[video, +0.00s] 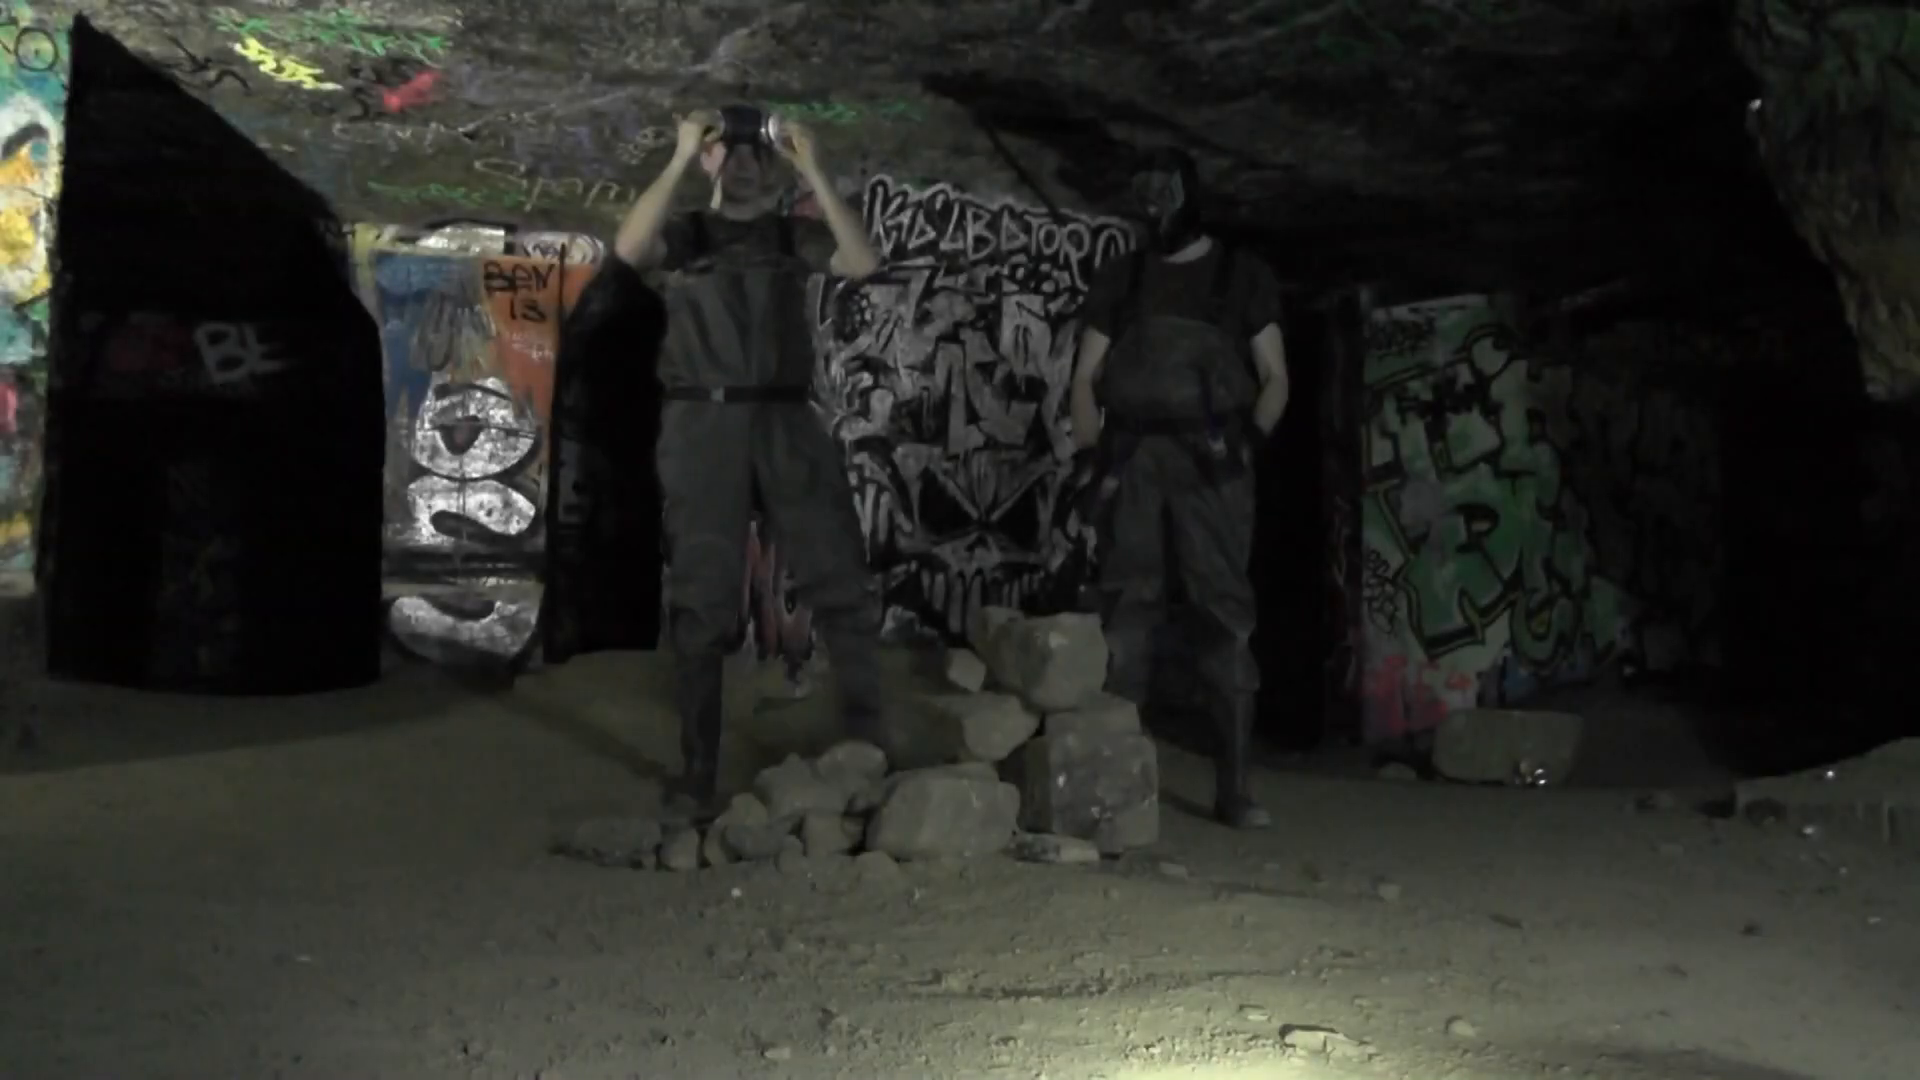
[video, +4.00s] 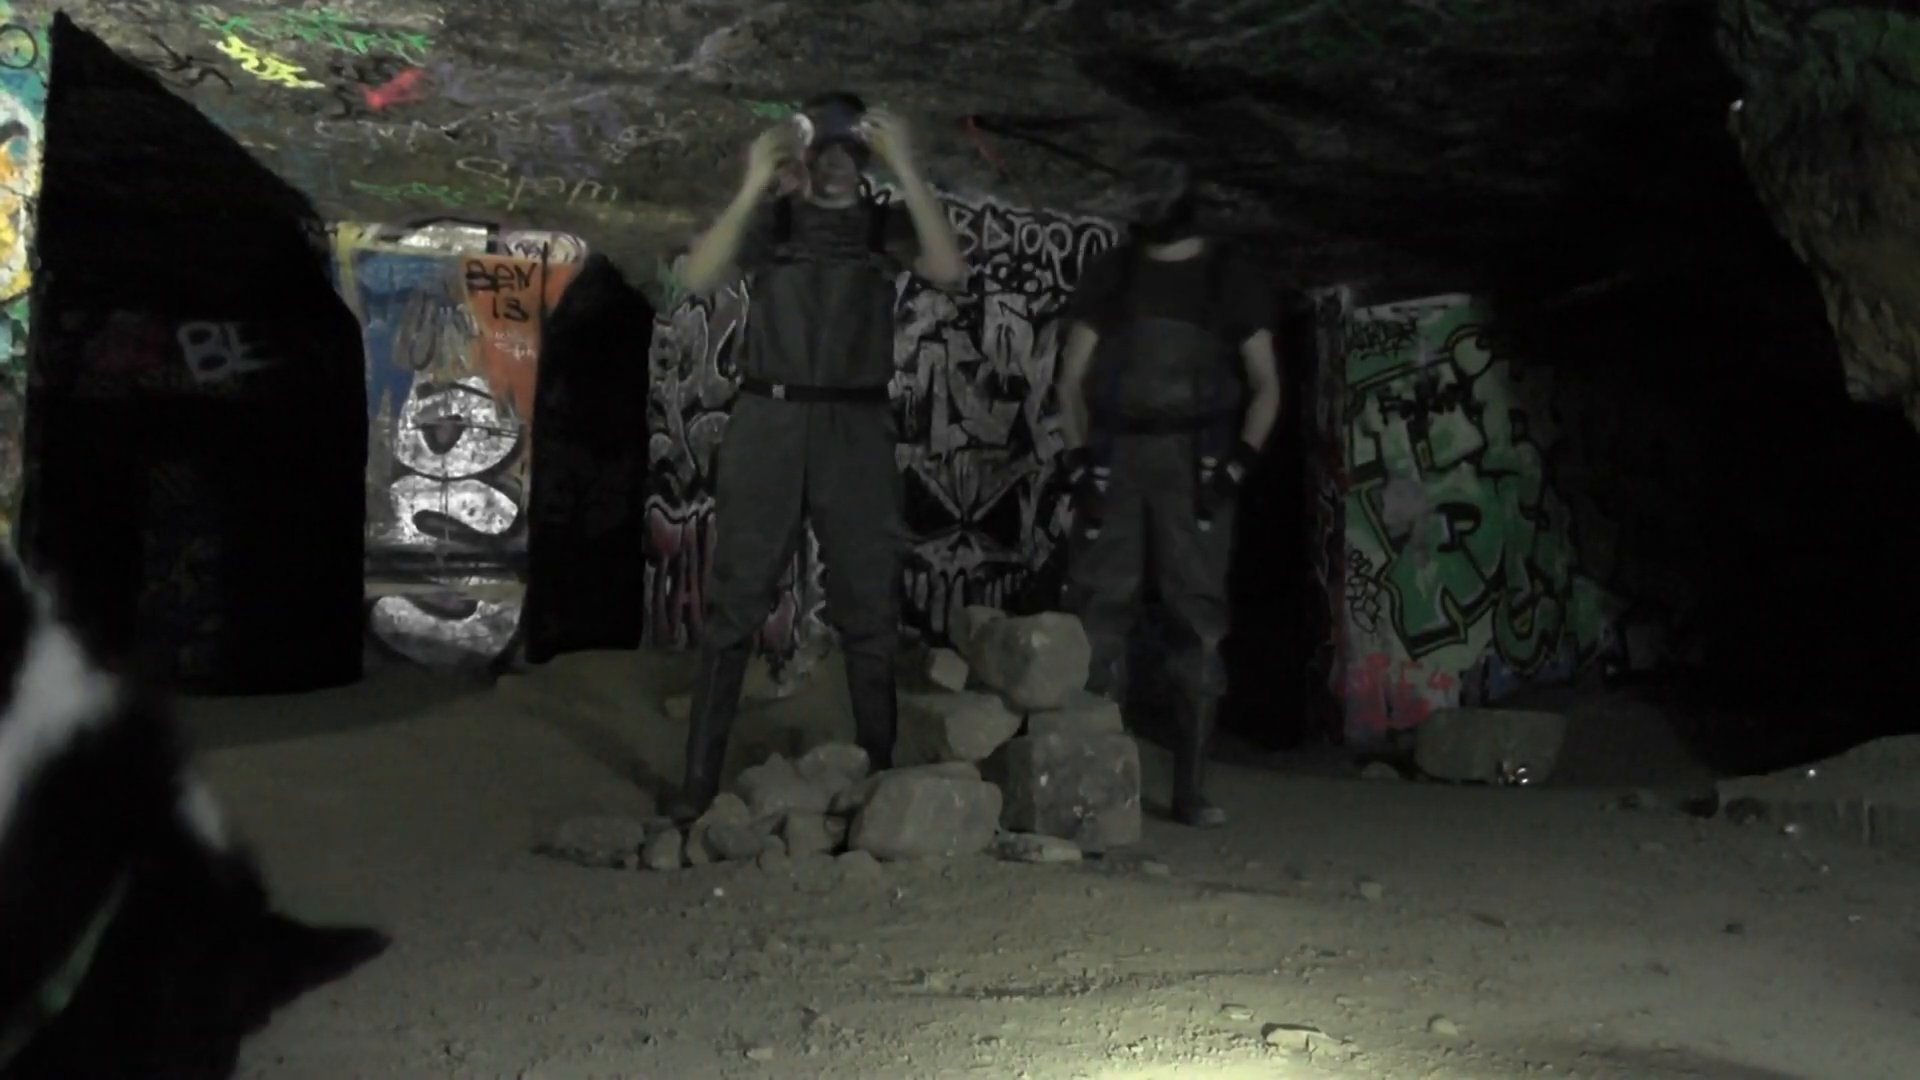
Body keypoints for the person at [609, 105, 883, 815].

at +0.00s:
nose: (744, 161)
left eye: (756, 149)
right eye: (728, 147)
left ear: (777, 163)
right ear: (706, 161)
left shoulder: (798, 232)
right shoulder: (685, 234)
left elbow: (861, 263)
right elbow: (629, 249)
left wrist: (813, 173)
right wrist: (680, 162)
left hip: (790, 431)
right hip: (703, 435)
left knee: (840, 592)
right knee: (701, 608)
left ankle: (868, 753)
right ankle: (698, 779)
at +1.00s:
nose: (846, 164)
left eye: (858, 154)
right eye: (834, 153)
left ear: (876, 168)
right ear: (809, 165)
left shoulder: (896, 233)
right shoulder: (782, 229)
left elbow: (969, 263)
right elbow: (719, 237)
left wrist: (918, 168)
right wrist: (779, 153)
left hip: (871, 436)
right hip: (782, 435)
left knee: (882, 610)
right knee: (744, 607)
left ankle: (884, 775)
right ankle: (706, 783)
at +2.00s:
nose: (819, 159)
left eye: (832, 147)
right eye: (805, 145)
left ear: (854, 156)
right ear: (785, 155)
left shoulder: (879, 228)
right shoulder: (762, 225)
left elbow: (944, 252)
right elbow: (694, 242)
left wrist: (889, 159)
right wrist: (750, 152)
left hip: (856, 439)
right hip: (767, 437)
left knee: (868, 614)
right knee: (733, 612)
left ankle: (880, 777)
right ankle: (696, 790)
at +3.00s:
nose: (860, 166)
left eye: (873, 155)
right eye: (850, 149)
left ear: (884, 161)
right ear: (819, 145)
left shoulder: (891, 230)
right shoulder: (769, 215)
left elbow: (956, 289)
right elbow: (668, 261)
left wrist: (926, 183)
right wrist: (727, 311)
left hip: (858, 439)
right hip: (769, 435)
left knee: (868, 612)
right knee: (736, 609)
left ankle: (882, 779)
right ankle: (699, 786)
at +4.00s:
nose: (835, 164)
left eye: (849, 152)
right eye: (822, 150)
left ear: (867, 161)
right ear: (797, 159)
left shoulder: (885, 225)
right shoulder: (765, 222)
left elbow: (949, 273)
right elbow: (696, 277)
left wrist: (904, 167)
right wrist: (754, 190)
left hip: (857, 438)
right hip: (767, 435)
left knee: (870, 614)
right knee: (734, 611)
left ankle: (879, 779)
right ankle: (697, 789)